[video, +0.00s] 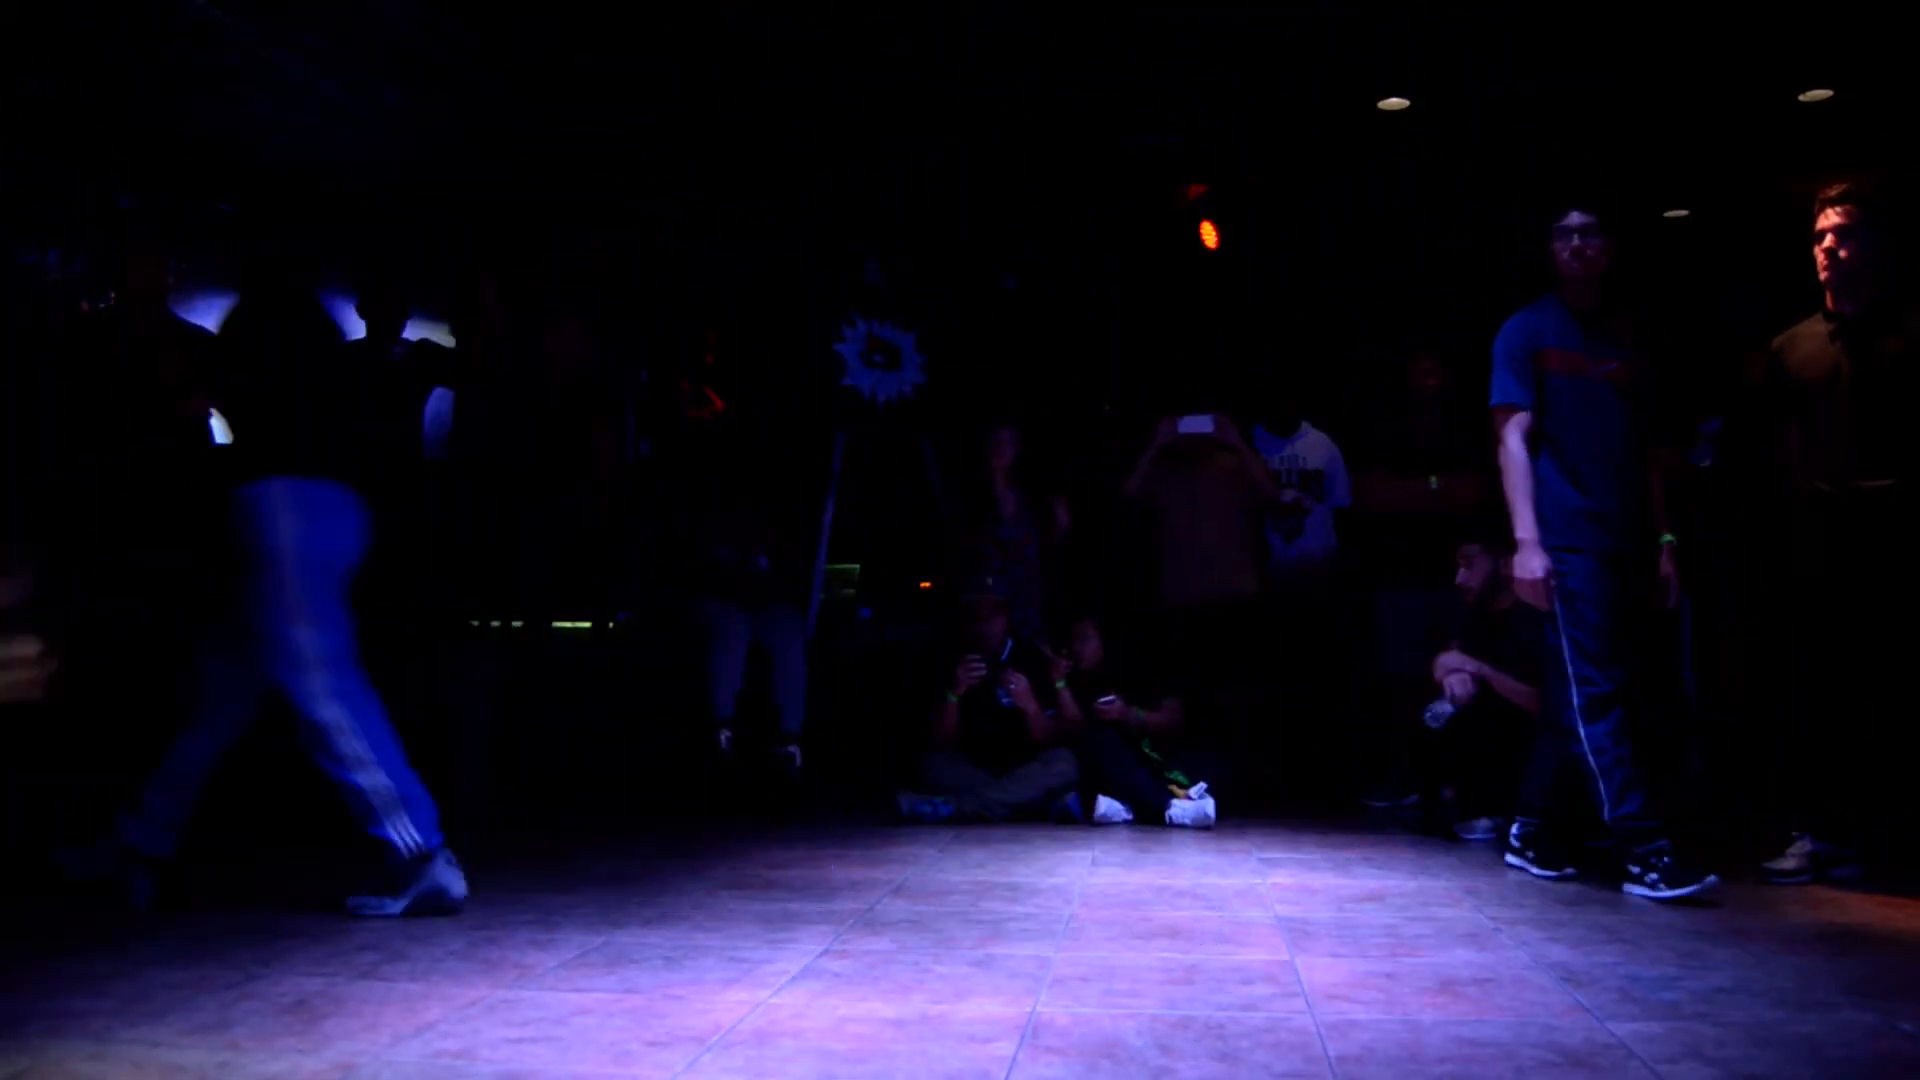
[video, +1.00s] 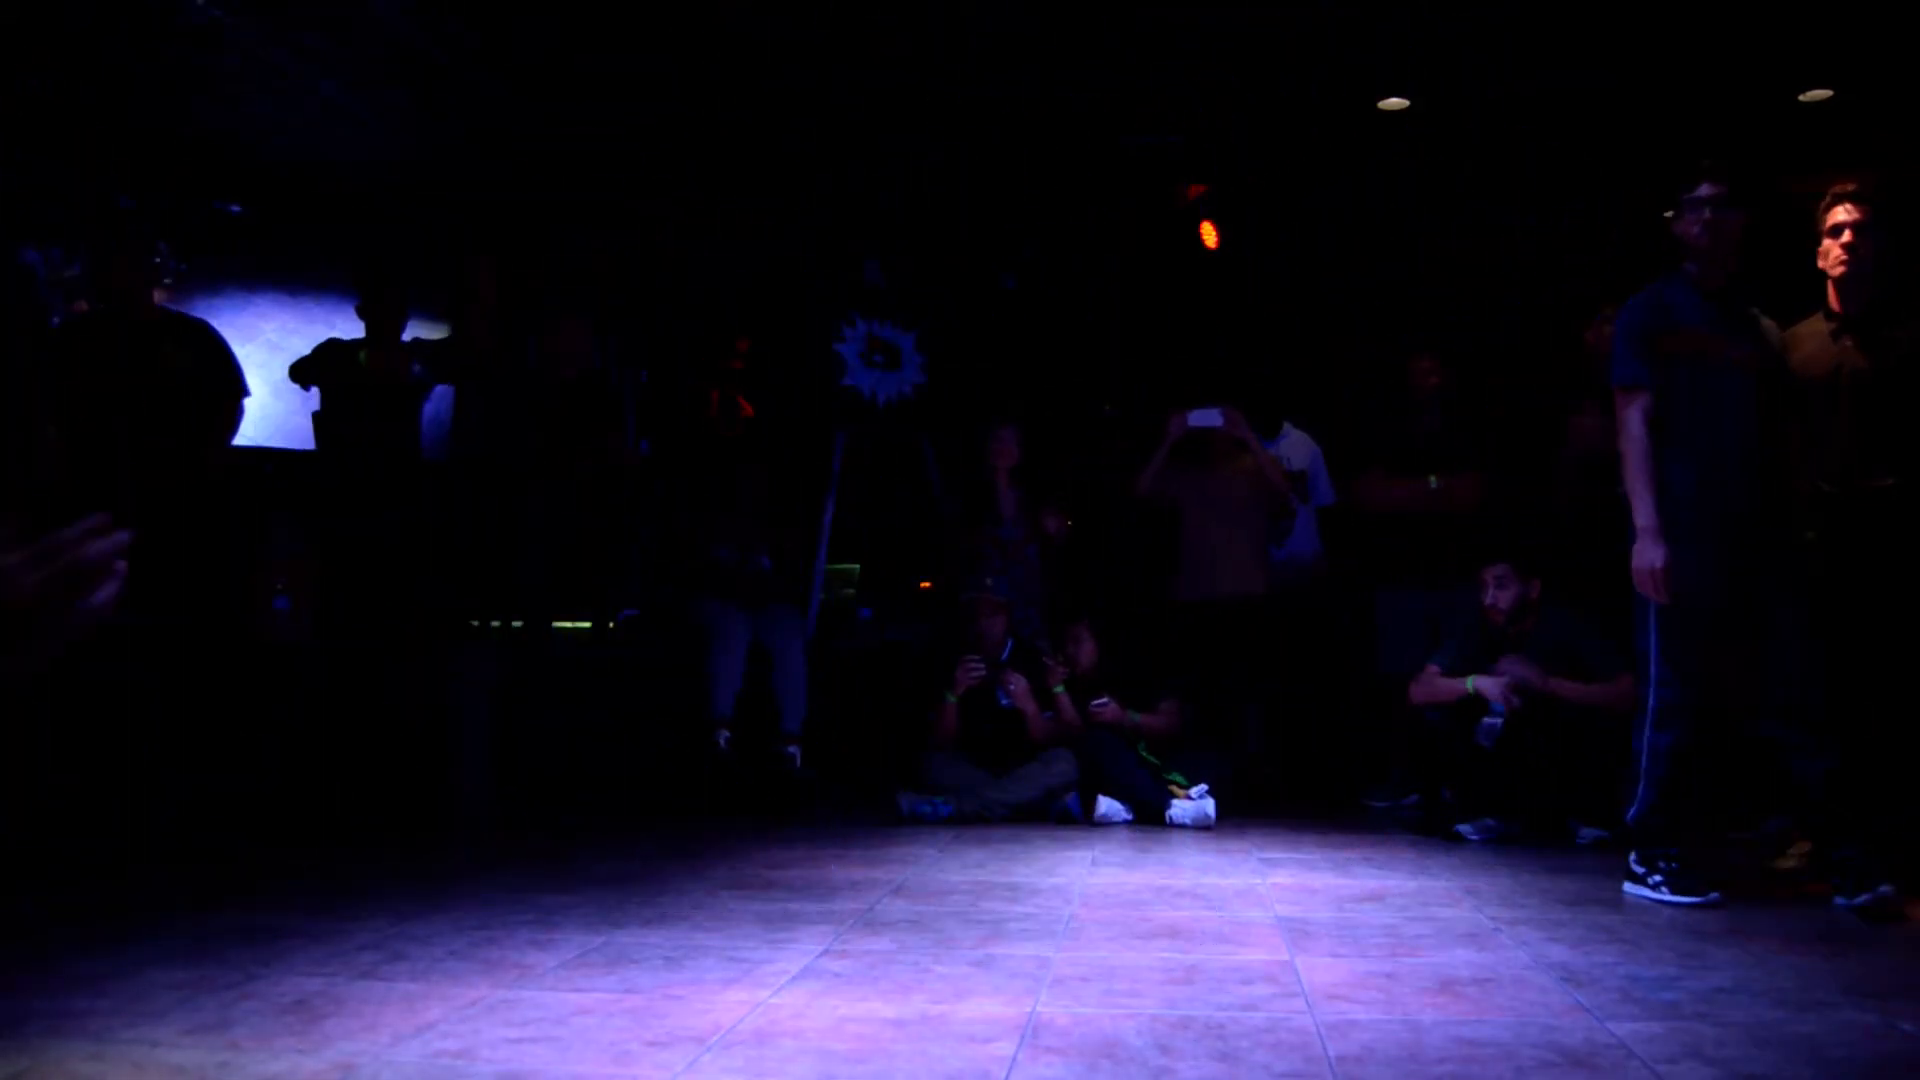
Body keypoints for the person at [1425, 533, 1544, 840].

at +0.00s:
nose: (1460, 578)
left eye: (1469, 566)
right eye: (1459, 567)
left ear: (1501, 567)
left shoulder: (1528, 621)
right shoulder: (1466, 614)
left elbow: (1539, 701)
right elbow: (1442, 658)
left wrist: (1477, 667)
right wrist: (1450, 673)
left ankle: (1490, 811)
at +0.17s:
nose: (1464, 580)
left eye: (1476, 568)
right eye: (1463, 569)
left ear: (1509, 570)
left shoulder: (1539, 622)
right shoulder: (1468, 617)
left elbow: (1551, 703)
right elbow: (1437, 662)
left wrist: (1486, 677)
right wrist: (1455, 682)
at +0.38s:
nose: (1471, 585)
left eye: (1482, 572)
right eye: (1467, 574)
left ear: (1513, 573)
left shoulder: (1547, 625)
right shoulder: (1468, 623)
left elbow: (1585, 697)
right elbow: (1422, 685)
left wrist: (1509, 694)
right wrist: (1471, 696)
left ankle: (1499, 811)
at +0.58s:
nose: (1478, 601)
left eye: (1489, 589)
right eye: (1473, 590)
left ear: (1518, 589)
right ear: (1467, 591)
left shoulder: (1549, 635)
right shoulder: (1467, 633)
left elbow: (1598, 695)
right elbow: (1422, 694)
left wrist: (1538, 699)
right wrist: (1492, 698)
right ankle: (1482, 813)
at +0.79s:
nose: (1485, 602)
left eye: (1497, 590)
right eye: (1480, 592)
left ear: (1527, 592)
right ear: (1474, 594)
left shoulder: (1558, 634)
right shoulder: (1473, 634)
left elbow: (1609, 693)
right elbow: (1423, 695)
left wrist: (1539, 685)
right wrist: (1492, 693)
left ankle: (1586, 814)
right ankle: (1484, 813)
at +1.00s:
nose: (1489, 598)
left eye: (1501, 587)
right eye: (1485, 588)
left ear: (1531, 590)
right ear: (1479, 591)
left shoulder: (1564, 633)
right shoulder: (1477, 633)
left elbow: (1624, 693)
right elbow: (1420, 690)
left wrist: (1544, 684)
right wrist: (1476, 684)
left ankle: (1590, 816)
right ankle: (1492, 815)